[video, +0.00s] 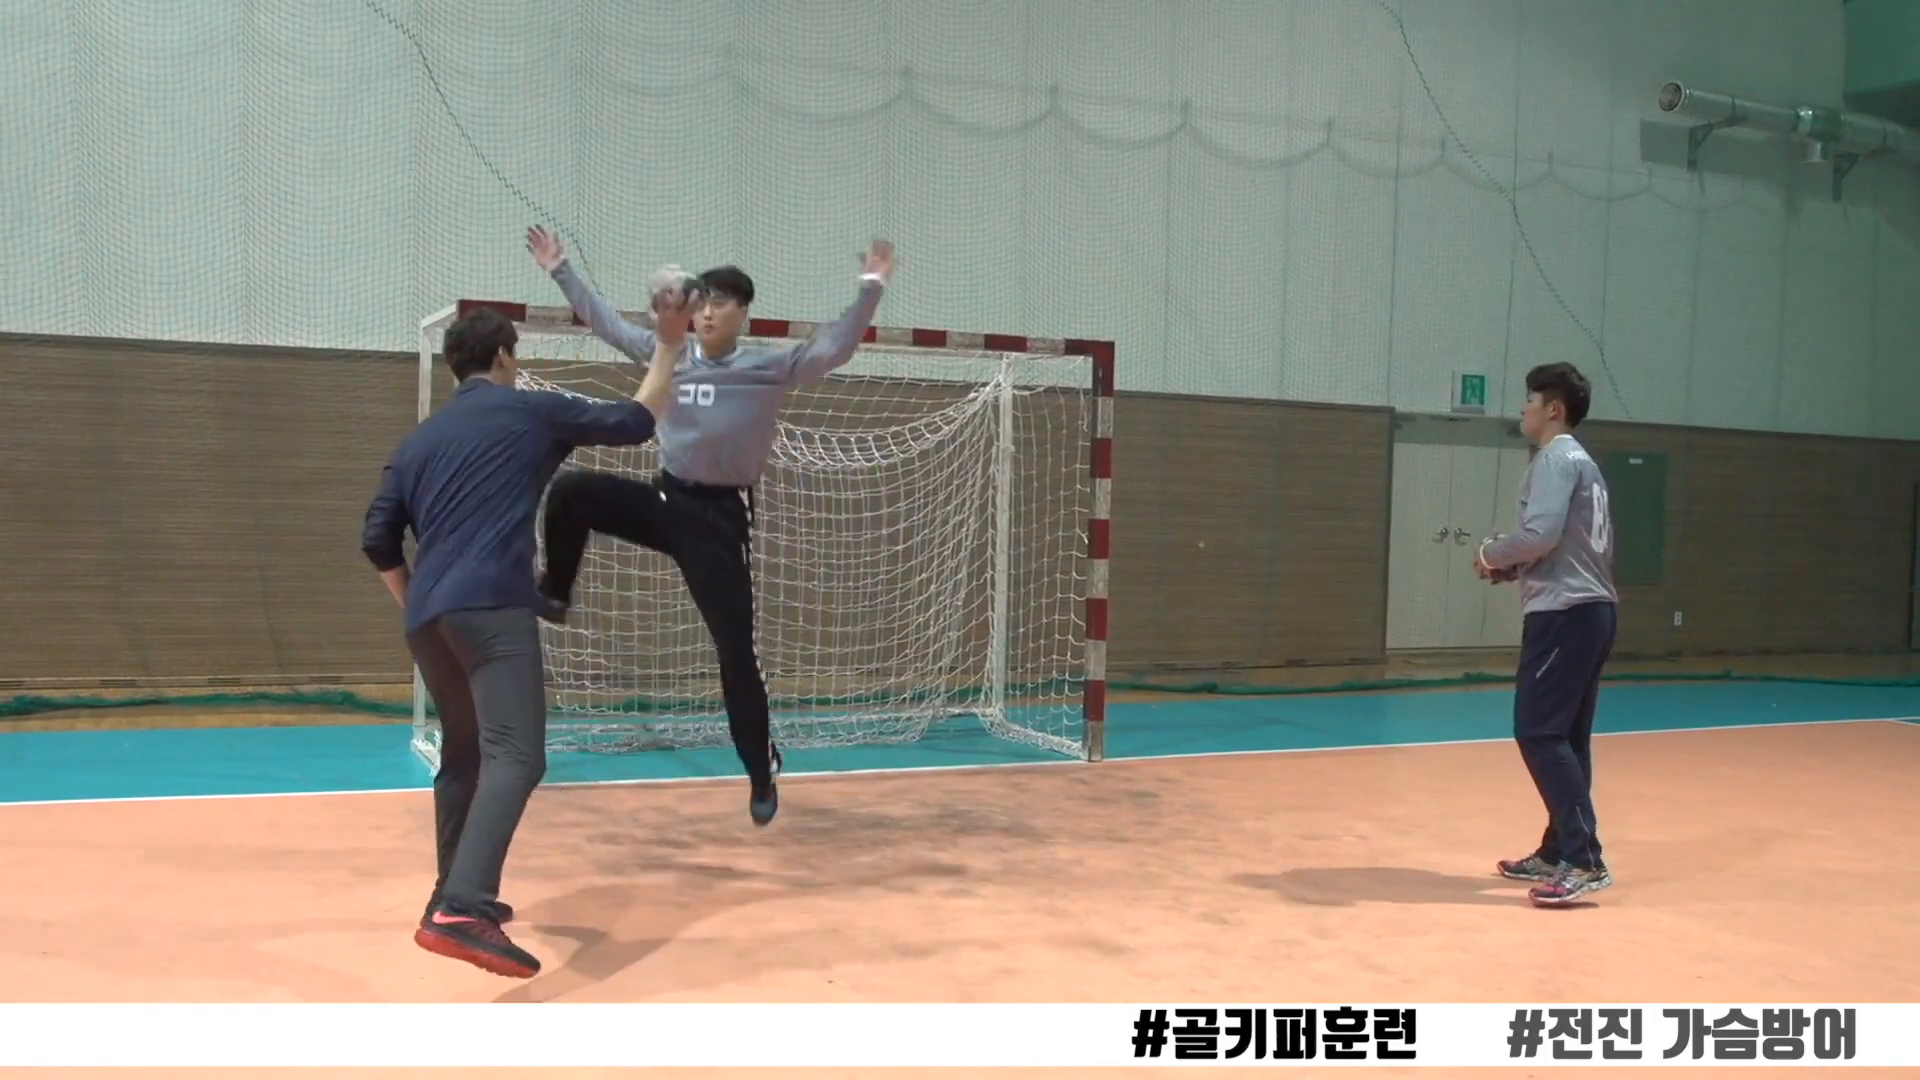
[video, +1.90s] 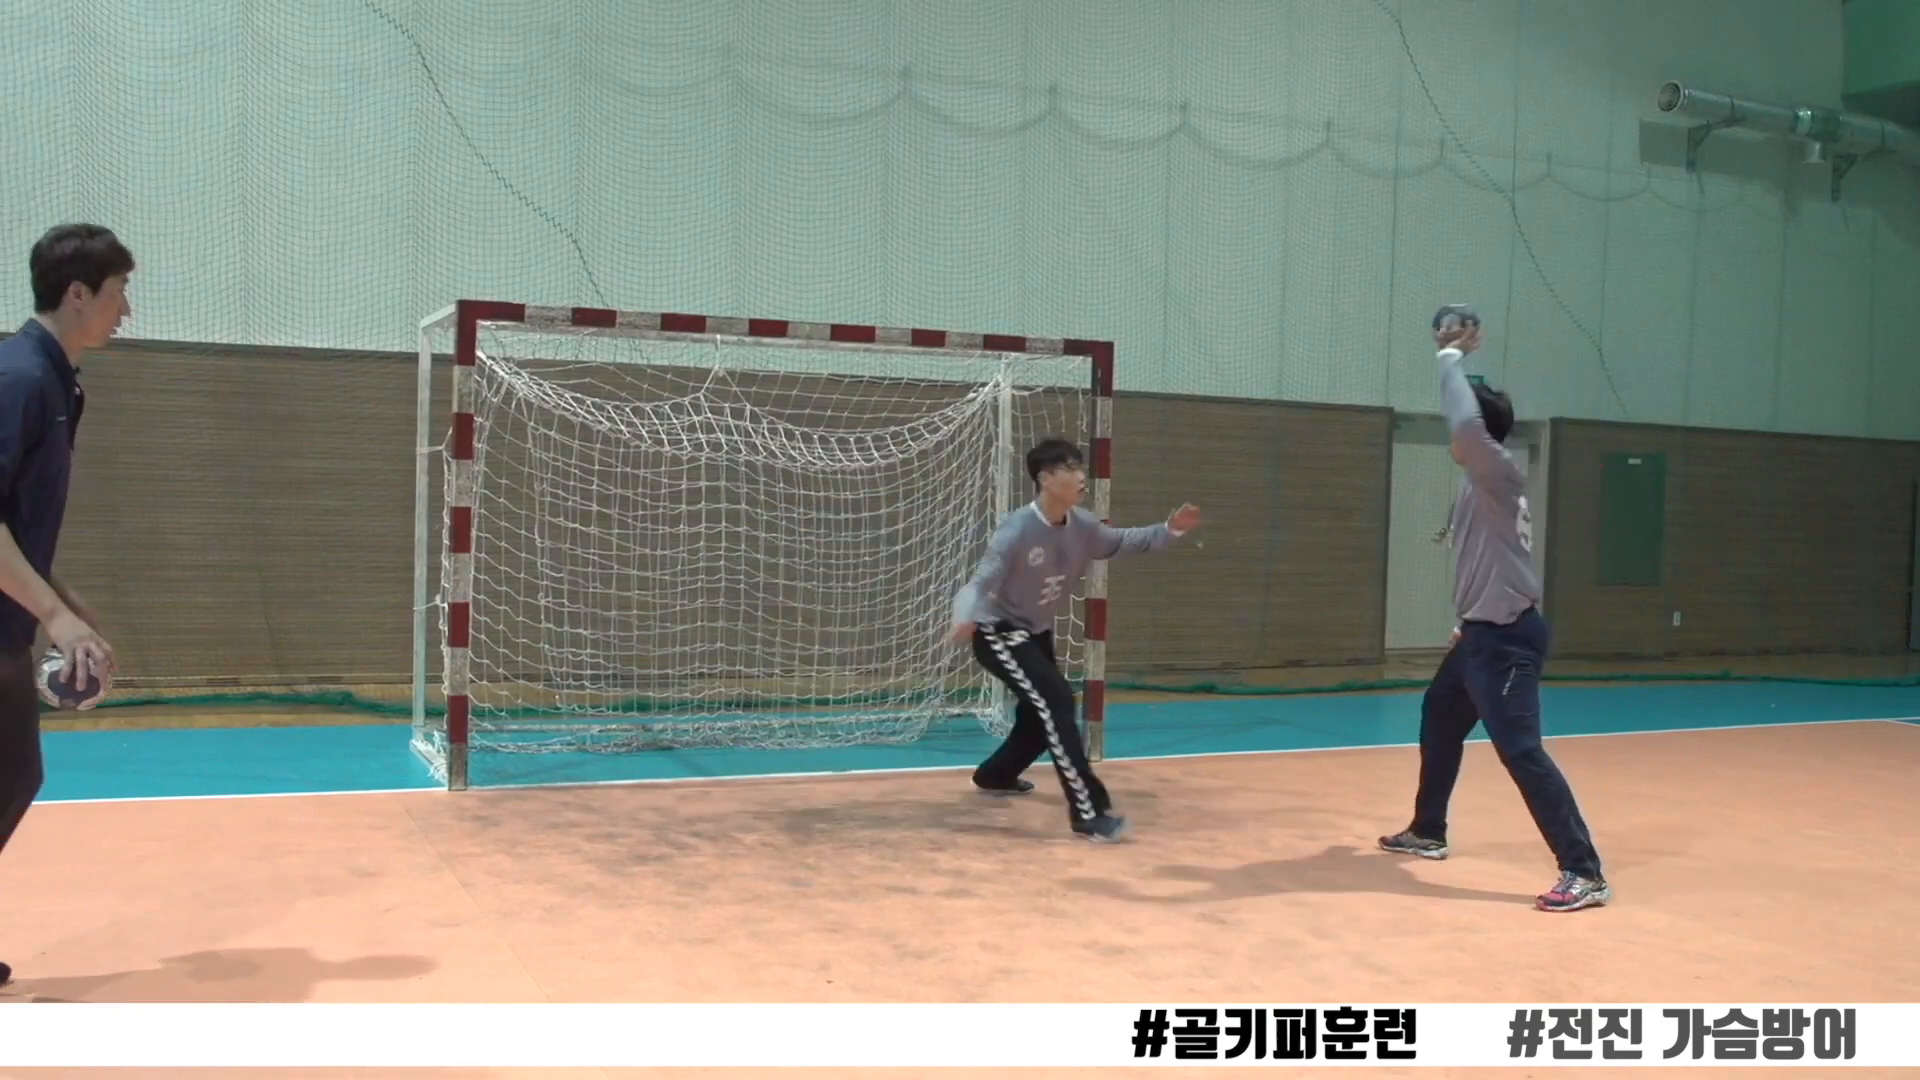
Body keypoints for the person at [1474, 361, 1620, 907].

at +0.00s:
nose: (1523, 408)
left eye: (1531, 399)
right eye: (1527, 399)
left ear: (1555, 407)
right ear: (1562, 410)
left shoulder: (1557, 456)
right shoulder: (1581, 462)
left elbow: (1541, 537)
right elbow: (1571, 551)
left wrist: (1492, 556)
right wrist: (1513, 567)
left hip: (1565, 612)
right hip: (1590, 611)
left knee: (1537, 731)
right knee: (1569, 734)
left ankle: (1584, 862)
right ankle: (1558, 852)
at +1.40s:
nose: (1501, 415)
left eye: (1509, 407)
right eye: (1503, 406)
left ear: (1538, 415)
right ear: (1526, 414)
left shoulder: (1581, 476)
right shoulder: (1505, 475)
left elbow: (1626, 547)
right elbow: (1485, 538)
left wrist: (1553, 585)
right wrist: (1476, 570)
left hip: (1574, 633)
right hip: (1522, 631)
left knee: (1561, 746)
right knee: (1525, 744)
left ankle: (1592, 877)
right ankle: (1555, 852)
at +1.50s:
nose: (1495, 416)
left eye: (1502, 408)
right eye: (1497, 407)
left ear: (1530, 415)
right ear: (1522, 415)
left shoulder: (1573, 474)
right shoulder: (1501, 475)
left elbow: (1637, 526)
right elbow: (1483, 541)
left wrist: (1600, 566)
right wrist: (1460, 585)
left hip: (1566, 635)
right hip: (1516, 634)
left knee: (1557, 745)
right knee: (1507, 732)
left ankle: (1591, 877)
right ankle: (1550, 843)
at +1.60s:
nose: (1489, 421)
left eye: (1496, 413)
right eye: (1490, 412)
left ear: (1523, 418)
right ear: (1512, 418)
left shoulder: (1570, 478)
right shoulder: (1496, 480)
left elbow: (1621, 507)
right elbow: (1480, 553)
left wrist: (1626, 497)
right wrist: (1446, 603)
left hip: (1562, 634)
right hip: (1510, 632)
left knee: (1552, 746)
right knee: (1478, 721)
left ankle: (1591, 877)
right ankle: (1530, 828)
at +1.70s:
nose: (1478, 431)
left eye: (1483, 421)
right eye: (1479, 422)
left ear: (1506, 425)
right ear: (1508, 425)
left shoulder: (1558, 476)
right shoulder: (1490, 487)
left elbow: (1605, 472)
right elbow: (1481, 565)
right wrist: (1446, 617)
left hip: (1551, 635)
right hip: (1503, 634)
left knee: (1541, 746)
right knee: (1469, 719)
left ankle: (1590, 877)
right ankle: (1479, 833)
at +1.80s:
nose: (1467, 435)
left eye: (1471, 425)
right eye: (1469, 426)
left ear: (1491, 426)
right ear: (1497, 428)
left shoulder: (1533, 478)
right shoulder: (1486, 492)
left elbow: (1539, 420)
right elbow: (1478, 566)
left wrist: (1528, 349)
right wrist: (1460, 619)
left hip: (1534, 637)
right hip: (1493, 635)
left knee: (1529, 750)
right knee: (1460, 721)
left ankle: (1587, 875)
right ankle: (1433, 827)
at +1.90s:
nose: (1459, 431)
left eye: (1469, 423)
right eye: (1461, 423)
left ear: (1486, 428)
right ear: (1488, 429)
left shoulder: (1501, 476)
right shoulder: (1479, 481)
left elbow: (1465, 427)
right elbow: (1484, 564)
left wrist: (1448, 357)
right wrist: (1466, 625)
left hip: (1506, 634)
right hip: (1479, 632)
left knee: (1521, 750)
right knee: (1440, 720)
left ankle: (1584, 873)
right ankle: (1428, 831)